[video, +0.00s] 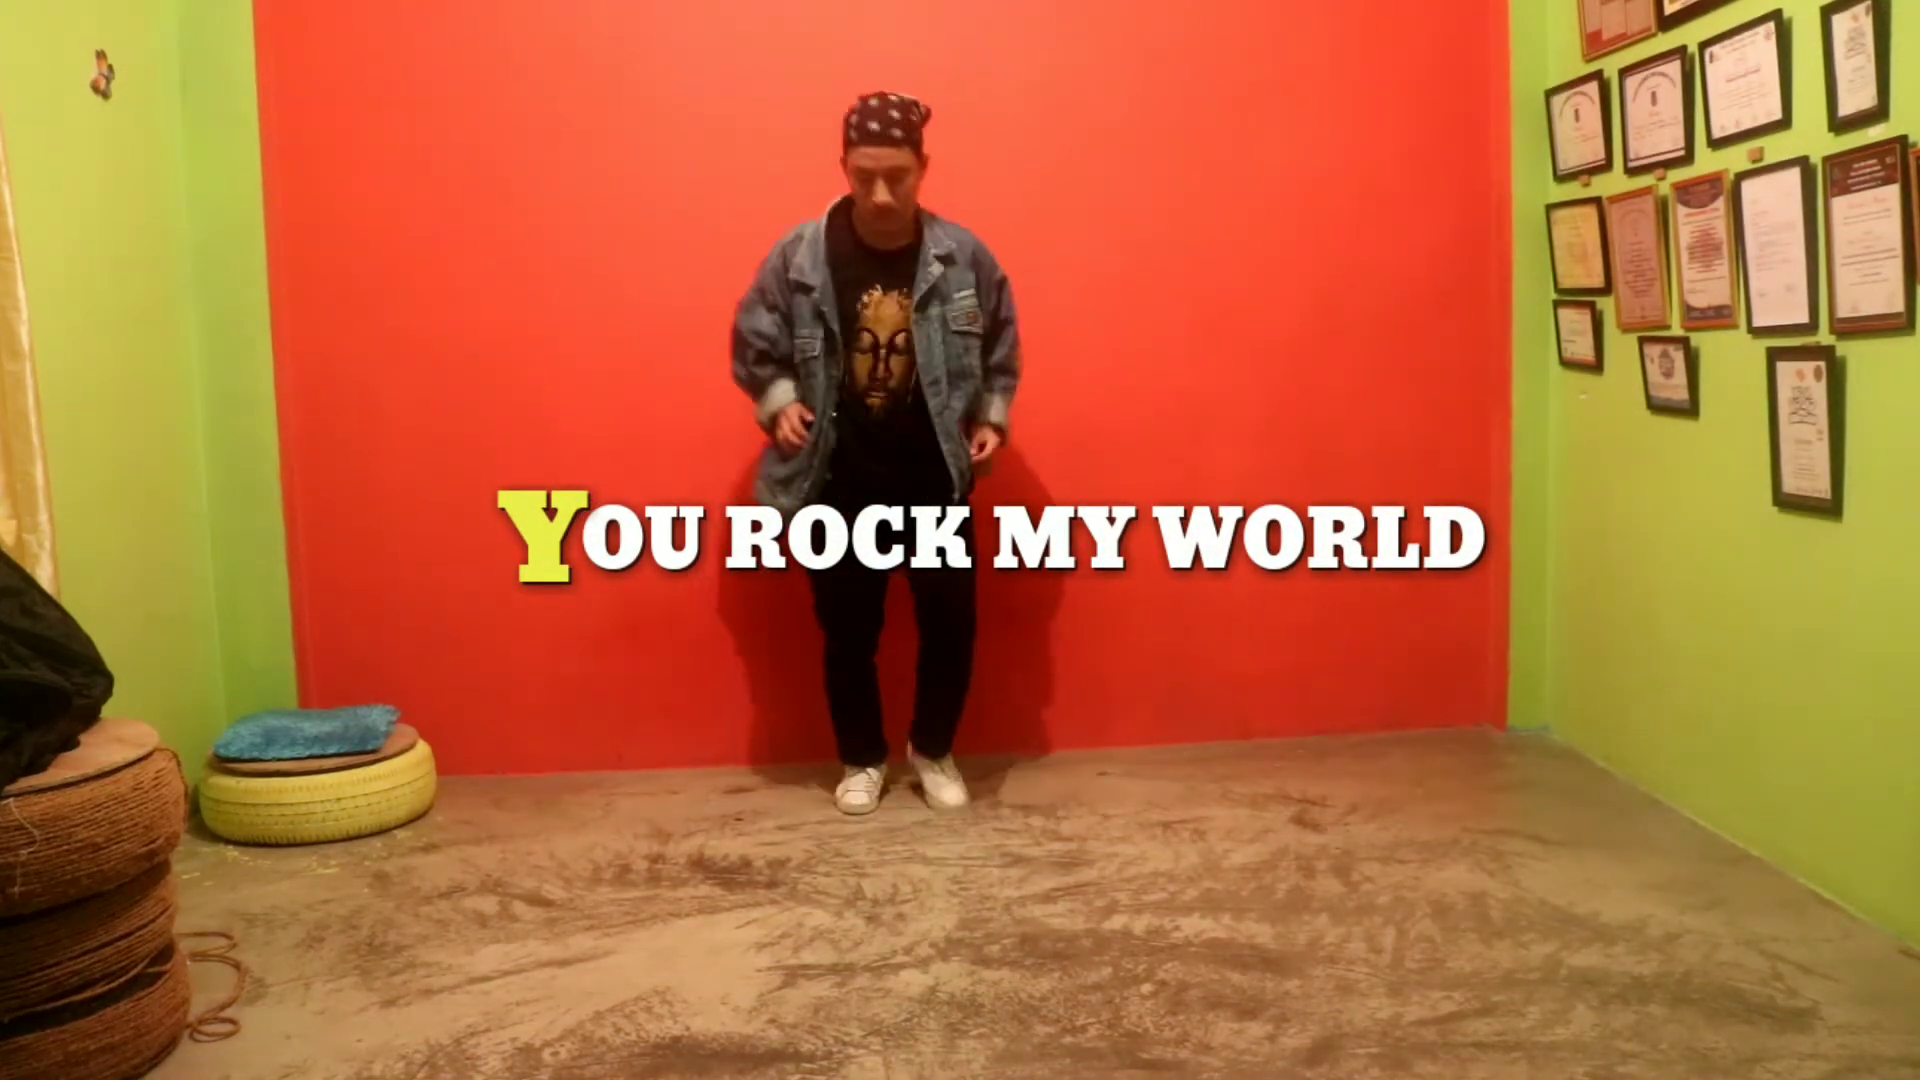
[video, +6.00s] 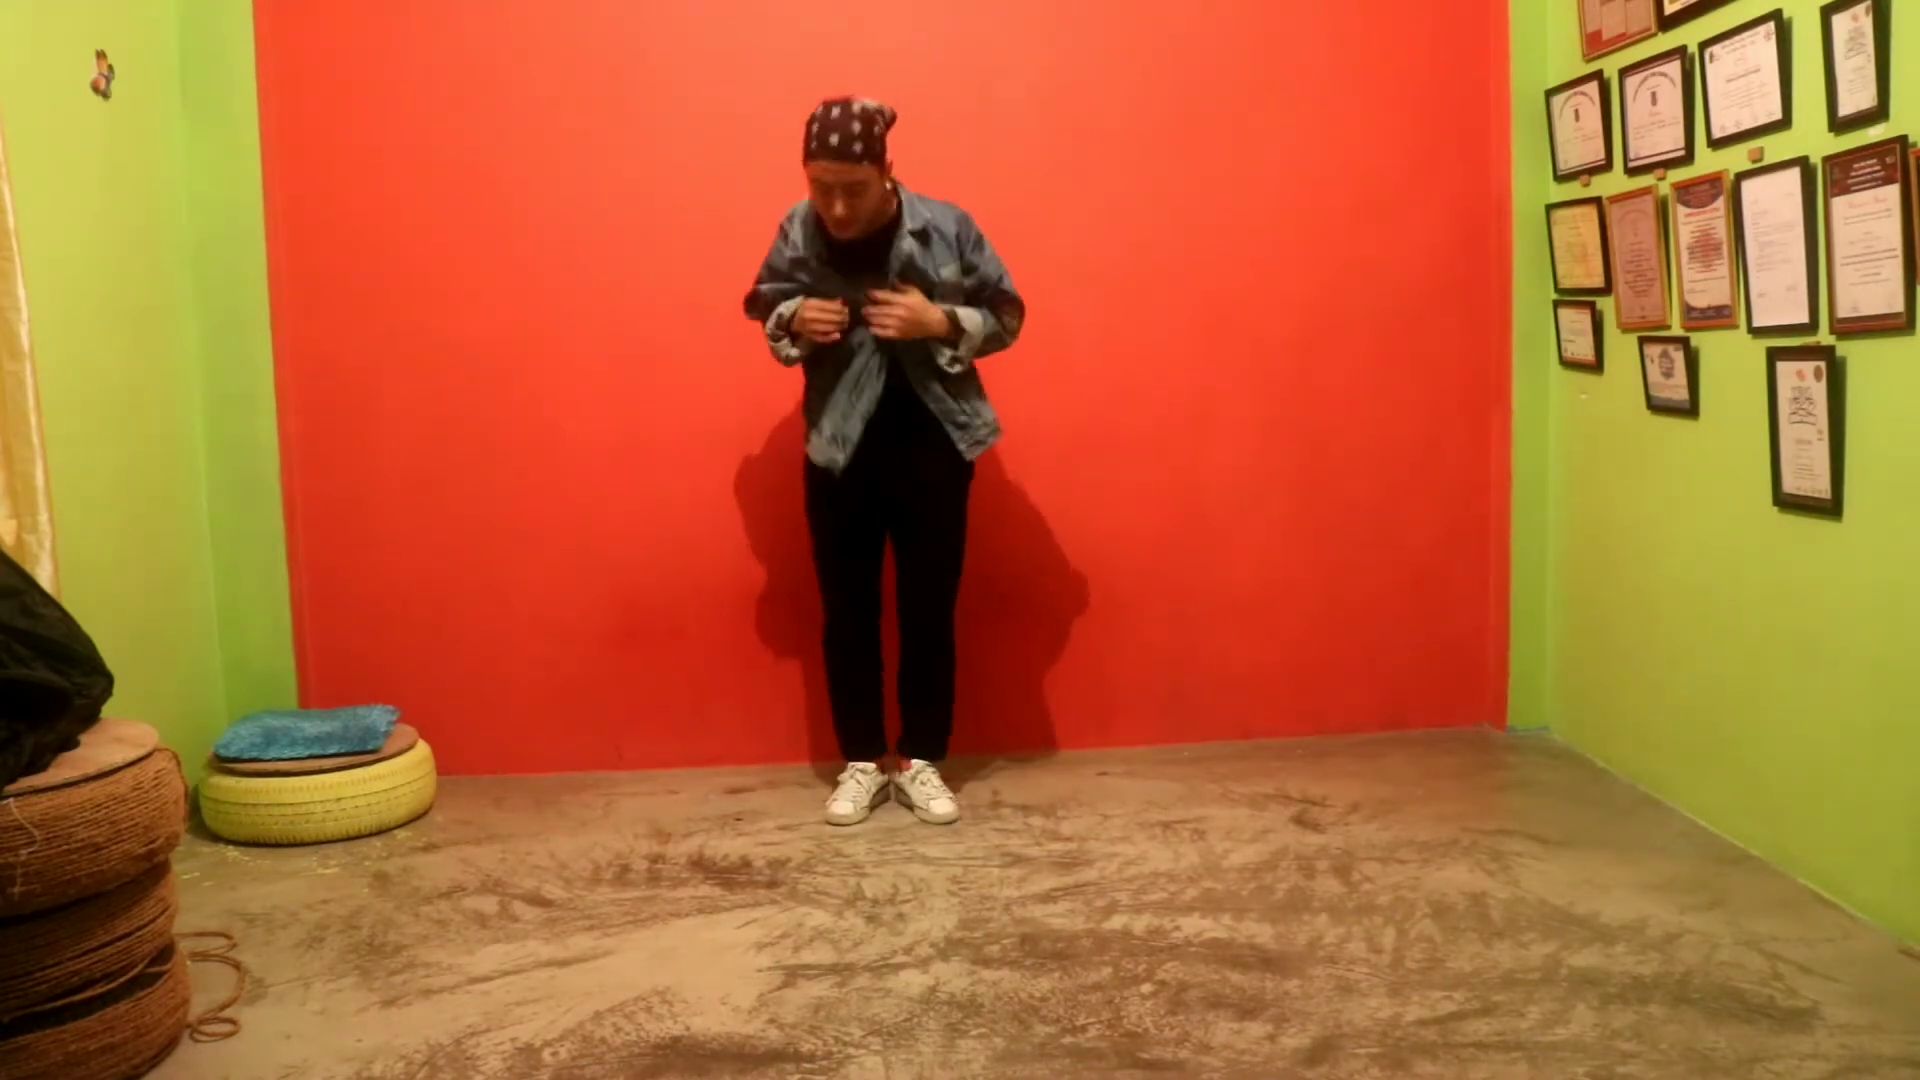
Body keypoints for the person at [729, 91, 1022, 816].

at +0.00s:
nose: (881, 193)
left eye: (896, 176)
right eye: (866, 176)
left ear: (922, 171)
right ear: (846, 172)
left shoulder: (963, 256)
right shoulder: (800, 256)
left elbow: (1001, 342)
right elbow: (754, 338)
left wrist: (991, 413)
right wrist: (777, 400)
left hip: (933, 472)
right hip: (838, 472)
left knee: (950, 619)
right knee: (849, 627)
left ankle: (932, 753)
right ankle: (862, 762)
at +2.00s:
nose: (838, 174)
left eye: (849, 154)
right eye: (821, 161)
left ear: (873, 143)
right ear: (800, 161)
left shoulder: (923, 191)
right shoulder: (783, 223)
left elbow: (982, 272)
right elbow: (767, 321)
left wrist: (965, 350)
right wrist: (799, 383)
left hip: (928, 442)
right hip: (838, 456)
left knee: (933, 610)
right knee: (849, 616)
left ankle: (929, 759)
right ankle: (865, 764)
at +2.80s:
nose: (882, 232)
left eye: (893, 213)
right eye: (864, 218)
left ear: (913, 206)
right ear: (840, 217)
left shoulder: (959, 289)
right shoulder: (803, 305)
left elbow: (1013, 366)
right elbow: (779, 397)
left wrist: (986, 413)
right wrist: (816, 452)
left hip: (943, 502)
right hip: (846, 506)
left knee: (984, 625)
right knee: (811, 629)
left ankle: (929, 760)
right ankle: (855, 760)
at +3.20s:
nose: (878, 299)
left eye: (891, 283)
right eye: (864, 286)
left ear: (911, 266)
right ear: (840, 271)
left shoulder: (947, 297)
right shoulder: (805, 318)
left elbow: (964, 395)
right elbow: (809, 412)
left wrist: (962, 375)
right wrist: (815, 387)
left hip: (937, 514)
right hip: (847, 520)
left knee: (978, 639)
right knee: (828, 647)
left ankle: (927, 764)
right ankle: (858, 768)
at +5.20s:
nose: (878, 204)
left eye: (890, 190)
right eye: (864, 191)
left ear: (912, 173)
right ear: (838, 175)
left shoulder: (954, 221)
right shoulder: (798, 234)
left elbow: (968, 324)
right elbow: (795, 344)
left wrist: (915, 378)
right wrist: (852, 402)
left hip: (929, 458)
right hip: (836, 461)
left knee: (927, 609)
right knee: (847, 610)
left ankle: (920, 756)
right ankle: (861, 760)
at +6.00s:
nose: (837, 206)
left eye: (852, 190)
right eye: (824, 189)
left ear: (885, 175)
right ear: (807, 178)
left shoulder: (946, 231)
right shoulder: (800, 235)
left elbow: (1007, 316)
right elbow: (763, 304)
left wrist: (941, 322)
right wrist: (792, 316)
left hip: (933, 446)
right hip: (842, 447)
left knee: (928, 606)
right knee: (849, 607)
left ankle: (921, 764)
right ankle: (862, 765)